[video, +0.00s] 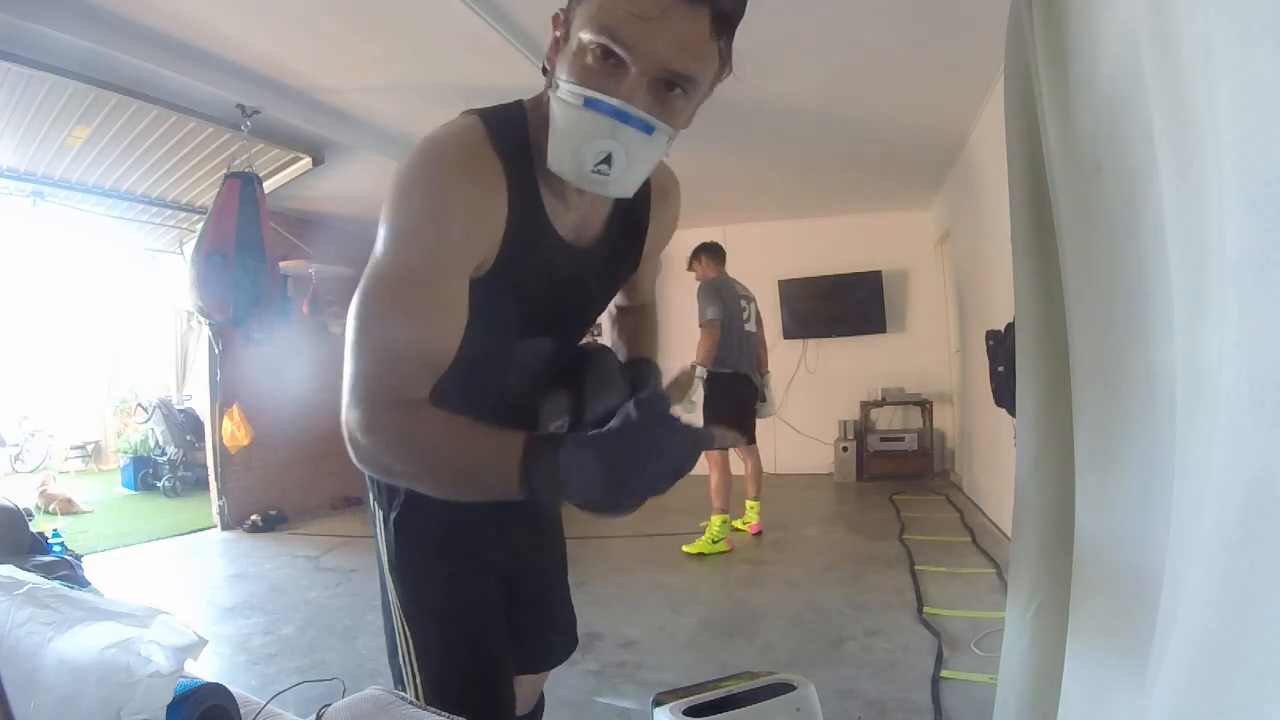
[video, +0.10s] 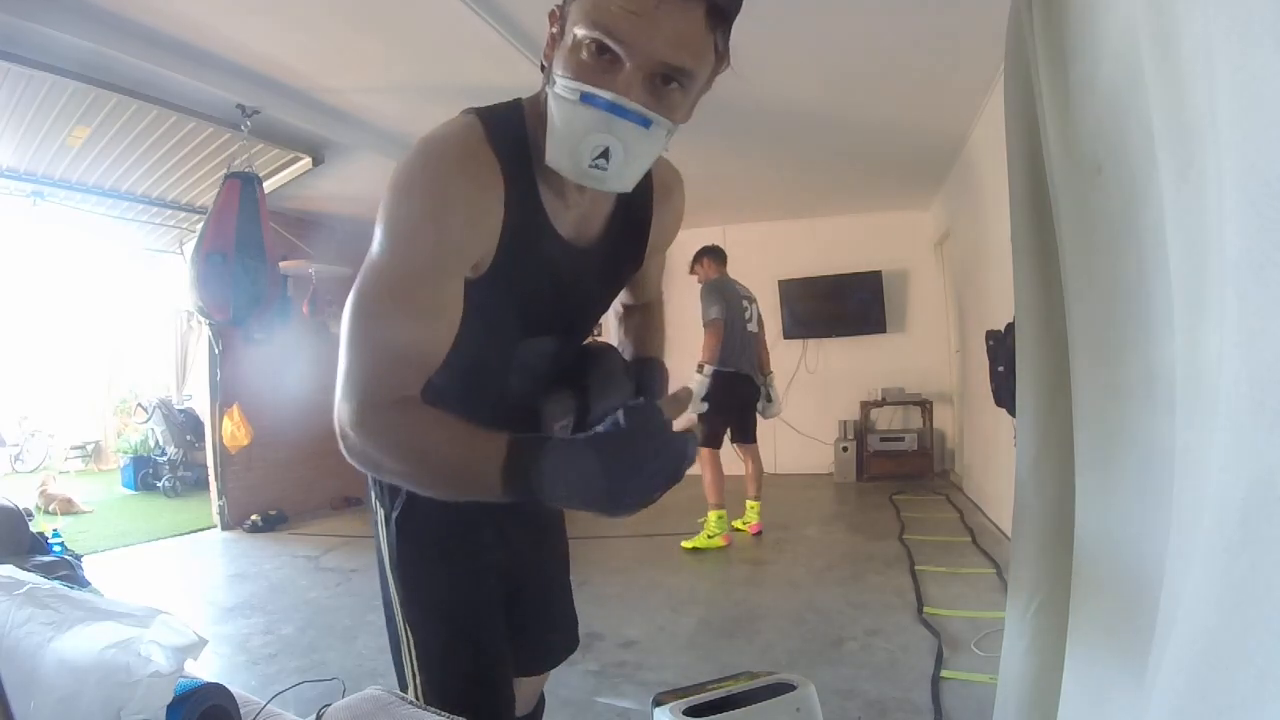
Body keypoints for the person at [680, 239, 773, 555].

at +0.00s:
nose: (695, 275)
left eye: (695, 269)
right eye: (693, 270)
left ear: (705, 262)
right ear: (720, 263)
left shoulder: (709, 288)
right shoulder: (745, 292)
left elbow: (710, 335)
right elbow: (759, 341)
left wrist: (695, 378)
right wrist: (763, 380)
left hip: (721, 381)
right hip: (747, 381)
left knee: (715, 455)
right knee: (747, 448)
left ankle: (719, 531)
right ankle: (752, 516)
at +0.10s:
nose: (697, 278)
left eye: (697, 271)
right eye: (695, 273)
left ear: (708, 264)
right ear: (722, 265)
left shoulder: (712, 288)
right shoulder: (747, 294)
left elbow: (714, 332)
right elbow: (760, 342)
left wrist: (701, 376)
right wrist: (767, 382)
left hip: (722, 379)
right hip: (749, 381)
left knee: (707, 450)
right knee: (748, 447)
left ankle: (716, 527)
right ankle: (752, 517)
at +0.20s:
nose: (697, 280)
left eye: (697, 273)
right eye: (695, 275)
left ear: (708, 265)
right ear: (720, 266)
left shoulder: (714, 288)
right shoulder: (745, 294)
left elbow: (719, 329)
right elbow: (759, 342)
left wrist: (709, 375)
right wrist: (767, 380)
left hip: (722, 379)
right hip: (748, 380)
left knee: (701, 444)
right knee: (746, 445)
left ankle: (710, 522)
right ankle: (752, 516)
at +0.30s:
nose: (697, 282)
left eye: (696, 275)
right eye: (695, 277)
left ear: (707, 266)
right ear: (719, 267)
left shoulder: (714, 288)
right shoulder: (743, 294)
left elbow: (721, 326)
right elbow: (758, 342)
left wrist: (717, 370)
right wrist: (764, 379)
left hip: (720, 378)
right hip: (748, 381)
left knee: (700, 442)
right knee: (744, 443)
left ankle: (700, 518)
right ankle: (753, 515)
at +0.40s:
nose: (695, 284)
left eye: (694, 277)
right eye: (692, 279)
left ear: (704, 268)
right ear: (717, 268)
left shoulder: (711, 290)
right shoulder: (739, 295)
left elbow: (718, 327)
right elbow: (752, 340)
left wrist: (720, 372)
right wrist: (755, 379)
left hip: (718, 377)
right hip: (744, 380)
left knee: (700, 443)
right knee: (744, 444)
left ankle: (691, 512)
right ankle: (753, 514)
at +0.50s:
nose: (690, 283)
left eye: (690, 277)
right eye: (689, 278)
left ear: (701, 269)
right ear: (714, 270)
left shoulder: (705, 292)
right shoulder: (735, 295)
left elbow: (713, 330)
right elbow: (747, 342)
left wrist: (716, 373)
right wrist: (747, 380)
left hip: (714, 378)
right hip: (740, 380)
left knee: (699, 444)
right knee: (742, 444)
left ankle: (688, 508)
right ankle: (752, 514)